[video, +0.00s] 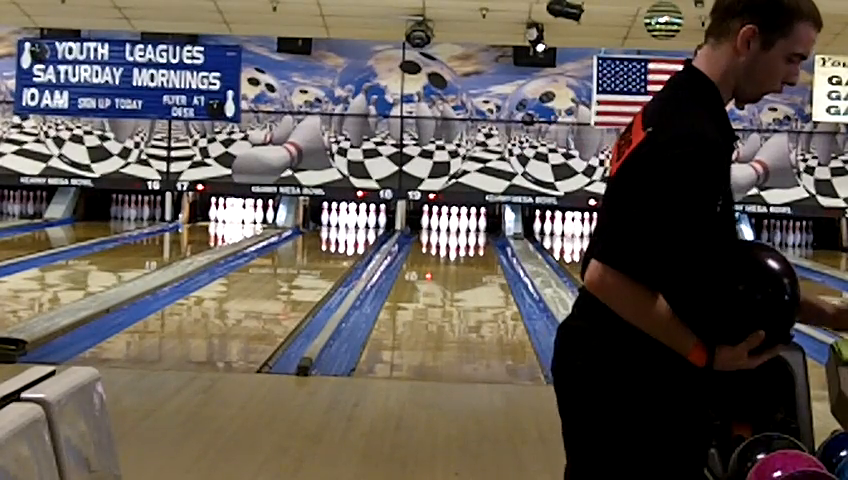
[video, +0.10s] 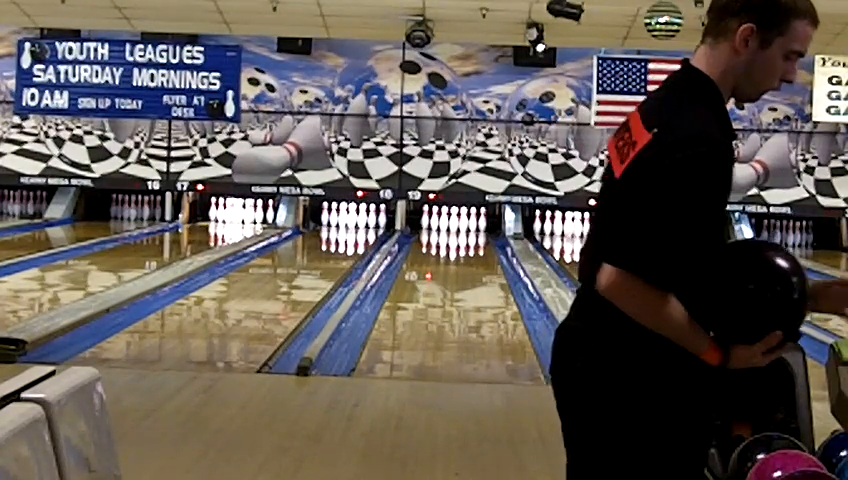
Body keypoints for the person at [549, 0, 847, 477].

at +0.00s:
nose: (793, 78)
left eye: (800, 63)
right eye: (792, 59)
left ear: (743, 42)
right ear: (748, 41)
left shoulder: (690, 111)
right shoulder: (692, 127)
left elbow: (712, 261)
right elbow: (605, 275)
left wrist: (815, 310)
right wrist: (704, 354)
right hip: (625, 368)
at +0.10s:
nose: (792, 75)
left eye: (798, 60)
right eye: (790, 56)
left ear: (740, 40)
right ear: (746, 40)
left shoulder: (677, 101)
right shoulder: (698, 127)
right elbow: (616, 278)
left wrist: (810, 295)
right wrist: (717, 352)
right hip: (631, 369)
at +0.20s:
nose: (783, 74)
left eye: (790, 58)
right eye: (783, 55)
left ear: (735, 38)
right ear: (742, 38)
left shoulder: (658, 99)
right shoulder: (708, 141)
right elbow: (647, 289)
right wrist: (739, 348)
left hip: (590, 344)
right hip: (643, 368)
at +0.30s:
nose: (772, 73)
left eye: (779, 58)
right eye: (774, 55)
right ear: (737, 39)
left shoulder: (639, 101)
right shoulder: (714, 145)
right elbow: (671, 297)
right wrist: (749, 328)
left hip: (588, 346)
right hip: (653, 369)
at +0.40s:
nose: (763, 70)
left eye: (770, 57)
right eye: (766, 54)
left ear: (690, 28)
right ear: (734, 39)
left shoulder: (630, 103)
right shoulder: (714, 144)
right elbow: (697, 299)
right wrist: (766, 308)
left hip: (593, 347)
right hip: (668, 365)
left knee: (609, 478)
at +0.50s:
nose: (754, 67)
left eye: (762, 55)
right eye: (759, 52)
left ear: (684, 26)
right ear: (734, 40)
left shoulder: (625, 105)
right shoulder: (718, 146)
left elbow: (586, 248)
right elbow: (717, 302)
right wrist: (788, 278)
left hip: (600, 352)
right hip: (679, 368)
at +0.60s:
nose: (748, 66)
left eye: (755, 55)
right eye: (754, 52)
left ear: (681, 24)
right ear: (735, 42)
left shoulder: (617, 112)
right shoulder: (724, 148)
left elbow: (582, 252)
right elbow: (730, 300)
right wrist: (796, 249)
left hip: (604, 357)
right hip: (689, 373)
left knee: (615, 479)